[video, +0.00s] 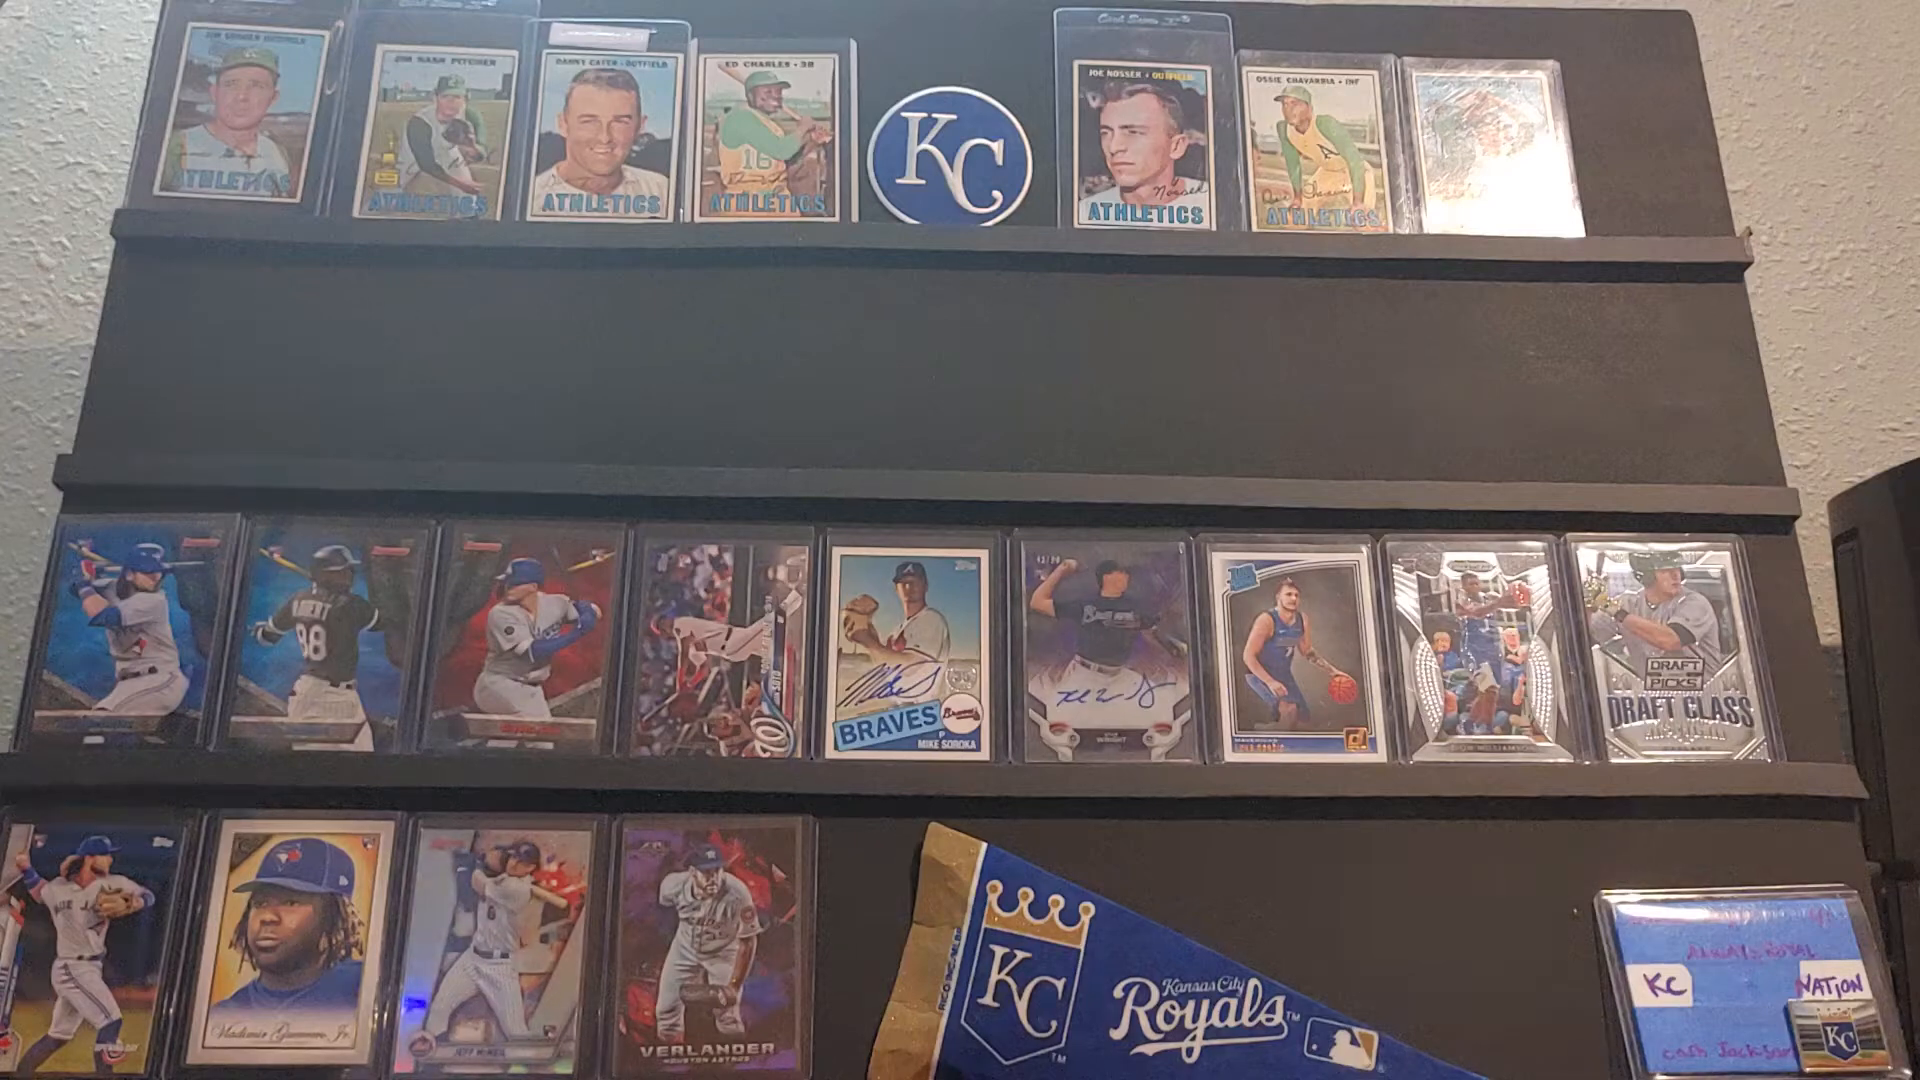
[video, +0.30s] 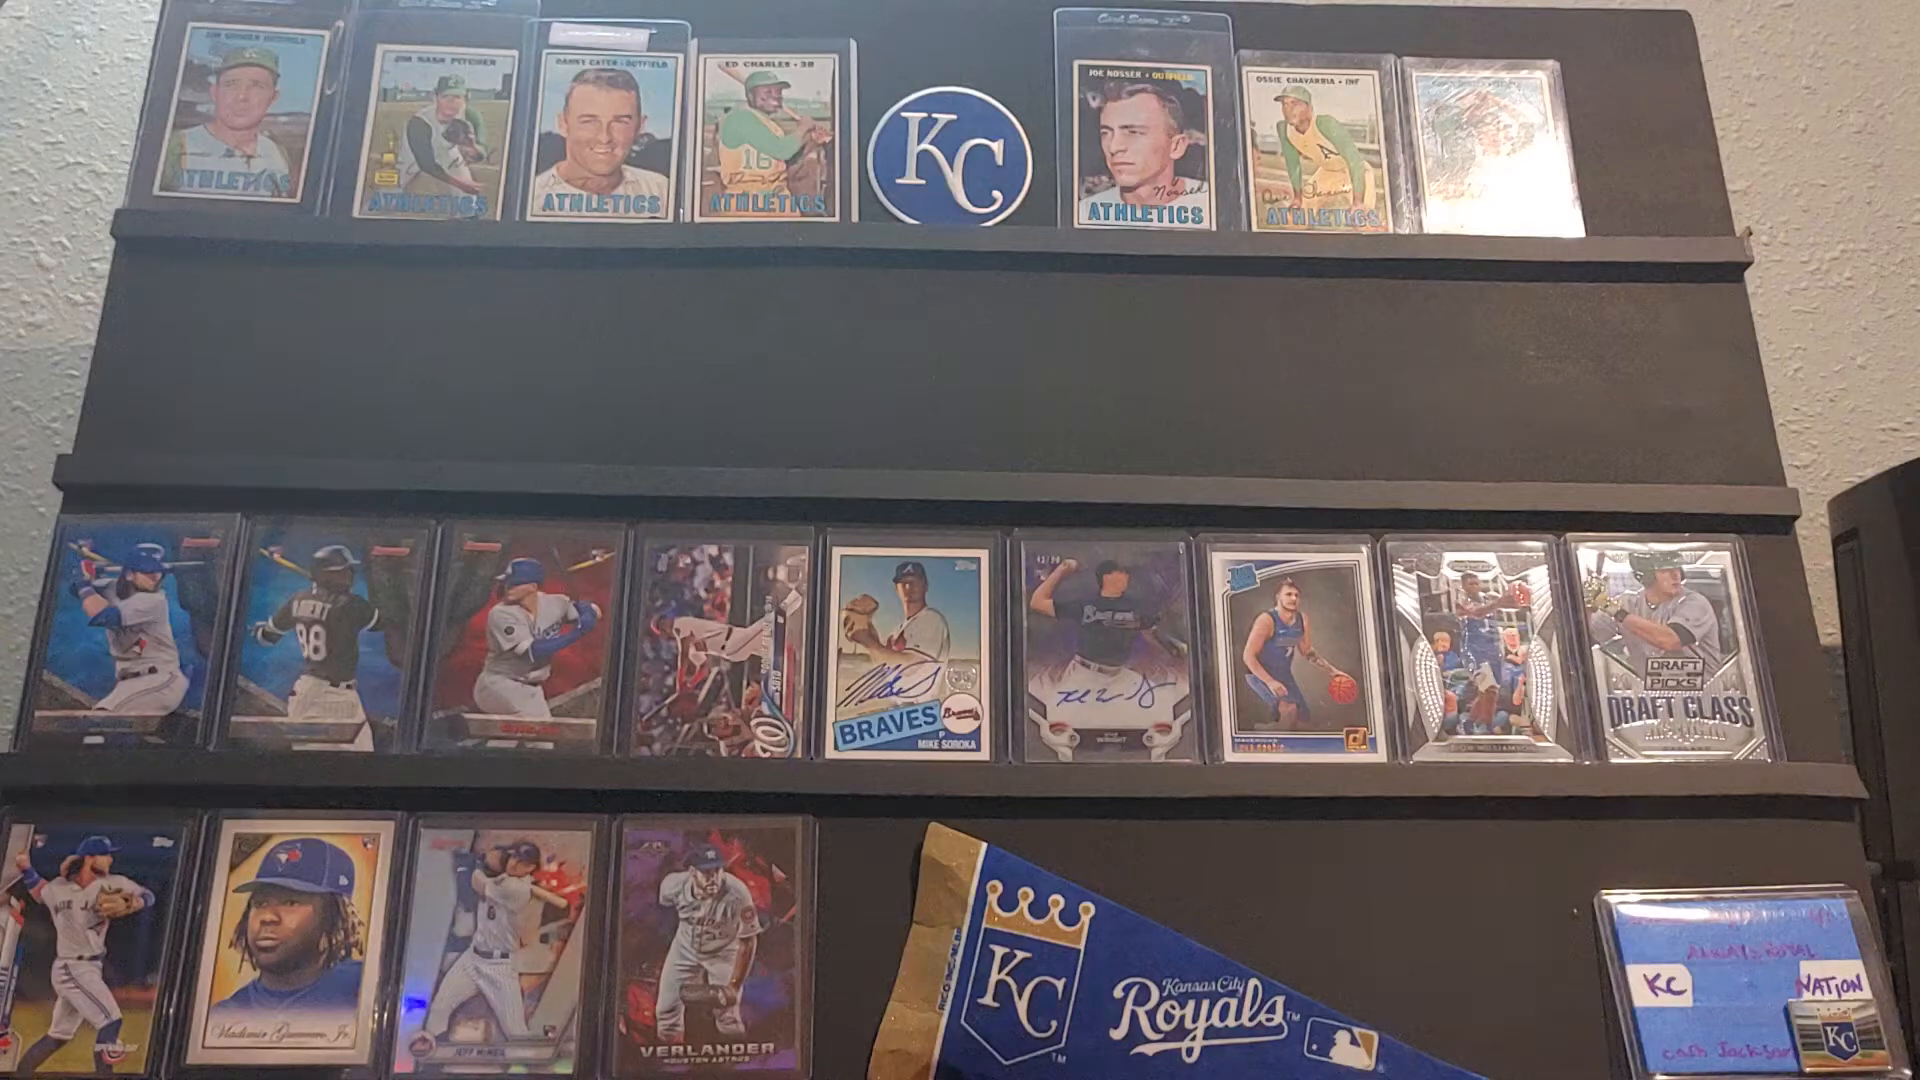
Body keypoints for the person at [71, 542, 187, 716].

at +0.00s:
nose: (156, 577)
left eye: (158, 572)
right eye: (148, 571)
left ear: (162, 573)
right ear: (130, 574)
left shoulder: (154, 600)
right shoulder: (115, 588)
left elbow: (105, 617)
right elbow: (78, 589)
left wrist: (83, 586)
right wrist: (87, 575)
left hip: (162, 679)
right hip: (130, 681)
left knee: (100, 717)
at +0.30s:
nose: (155, 577)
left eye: (158, 572)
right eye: (148, 571)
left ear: (162, 573)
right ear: (130, 574)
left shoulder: (154, 600)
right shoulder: (114, 588)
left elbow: (105, 617)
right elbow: (79, 589)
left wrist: (83, 586)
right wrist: (87, 574)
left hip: (162, 679)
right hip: (129, 681)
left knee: (99, 718)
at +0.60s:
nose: (155, 577)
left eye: (158, 572)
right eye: (148, 572)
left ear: (162, 573)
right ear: (130, 574)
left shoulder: (154, 600)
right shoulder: (113, 587)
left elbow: (104, 617)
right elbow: (78, 589)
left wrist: (83, 584)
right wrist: (87, 573)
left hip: (162, 679)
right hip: (129, 681)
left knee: (100, 717)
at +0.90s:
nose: (155, 577)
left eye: (158, 572)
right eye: (148, 572)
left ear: (162, 572)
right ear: (130, 574)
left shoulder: (154, 600)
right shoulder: (114, 587)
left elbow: (104, 617)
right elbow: (78, 588)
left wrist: (83, 586)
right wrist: (87, 573)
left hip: (162, 679)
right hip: (129, 681)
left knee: (100, 717)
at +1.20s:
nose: (156, 577)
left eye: (158, 572)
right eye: (148, 572)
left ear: (162, 572)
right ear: (130, 574)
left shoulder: (154, 600)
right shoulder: (113, 588)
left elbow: (103, 616)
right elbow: (79, 588)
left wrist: (82, 584)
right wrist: (87, 573)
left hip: (162, 679)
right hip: (129, 682)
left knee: (100, 717)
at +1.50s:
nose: (156, 577)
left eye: (158, 572)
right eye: (148, 572)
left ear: (162, 572)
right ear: (130, 574)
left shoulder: (154, 600)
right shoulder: (113, 588)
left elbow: (104, 616)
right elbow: (79, 588)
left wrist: (82, 584)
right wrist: (87, 573)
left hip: (162, 679)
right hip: (129, 682)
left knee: (100, 717)